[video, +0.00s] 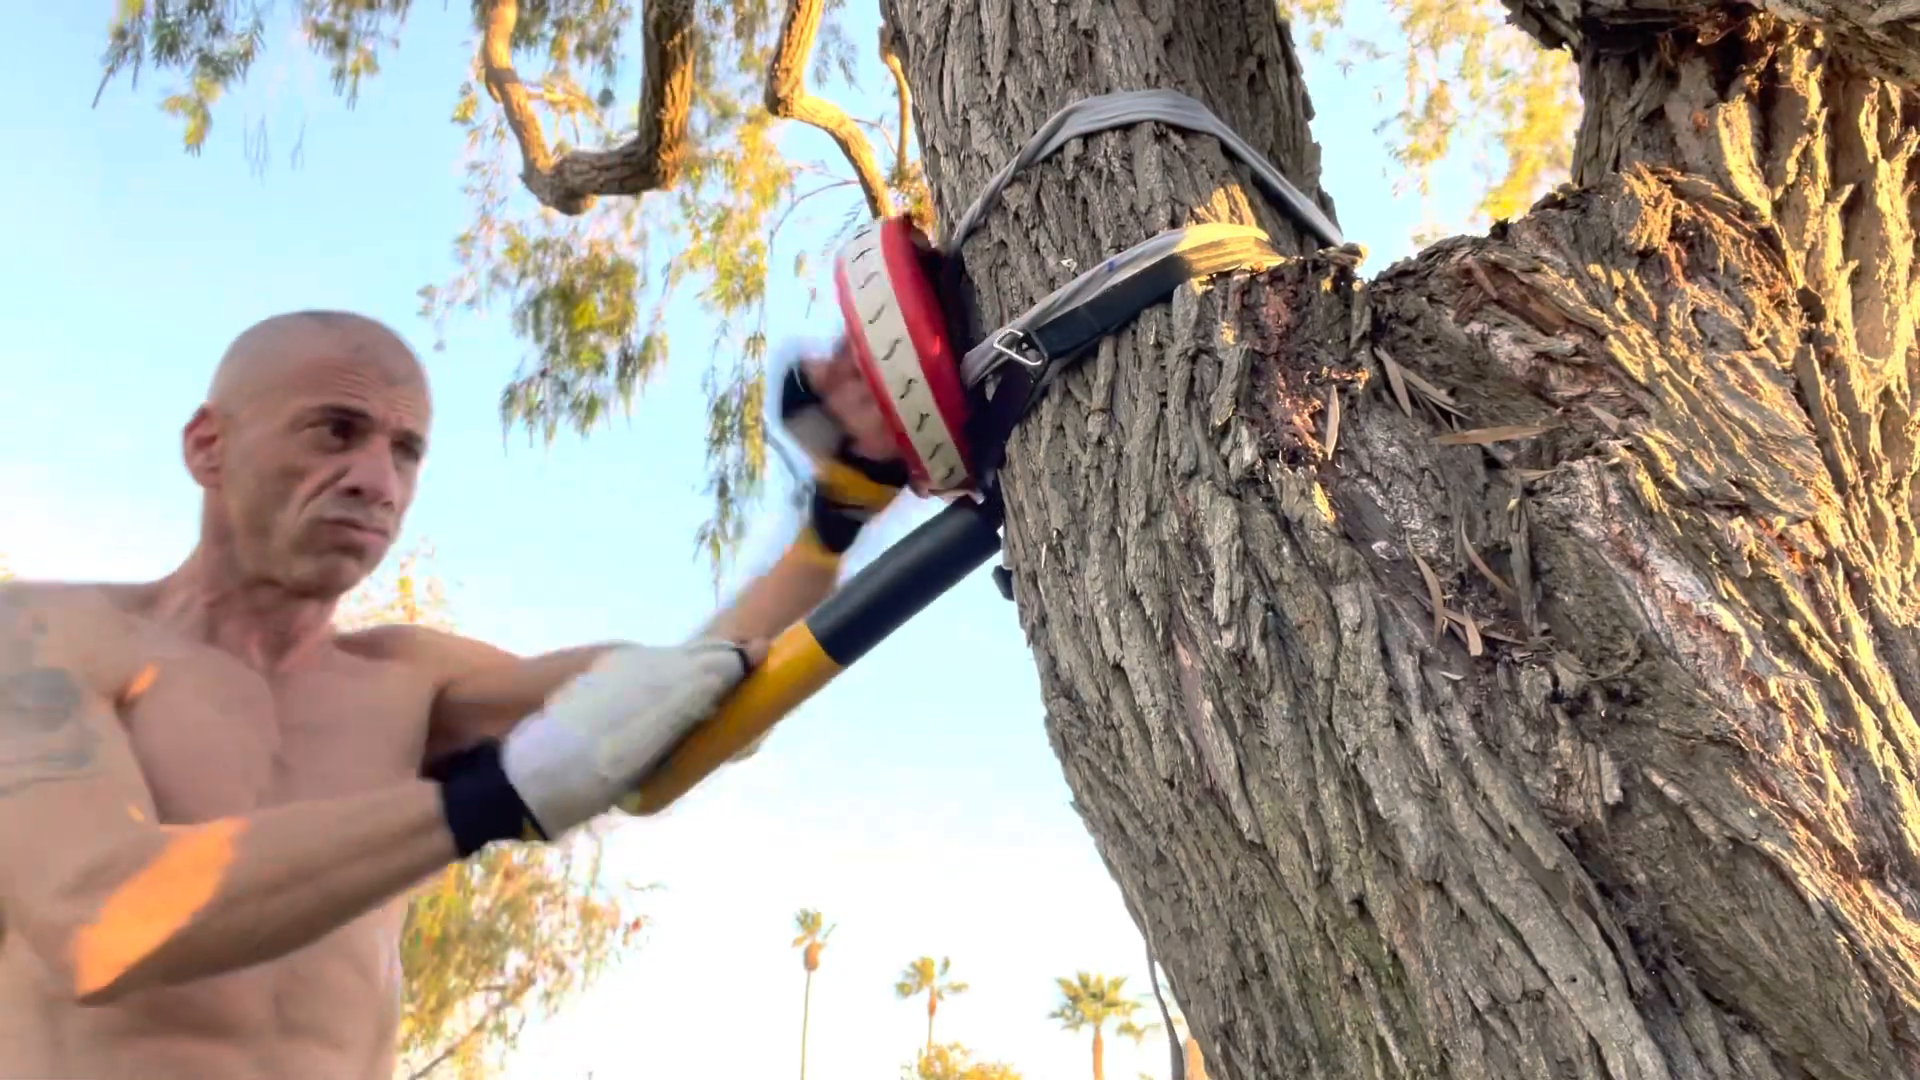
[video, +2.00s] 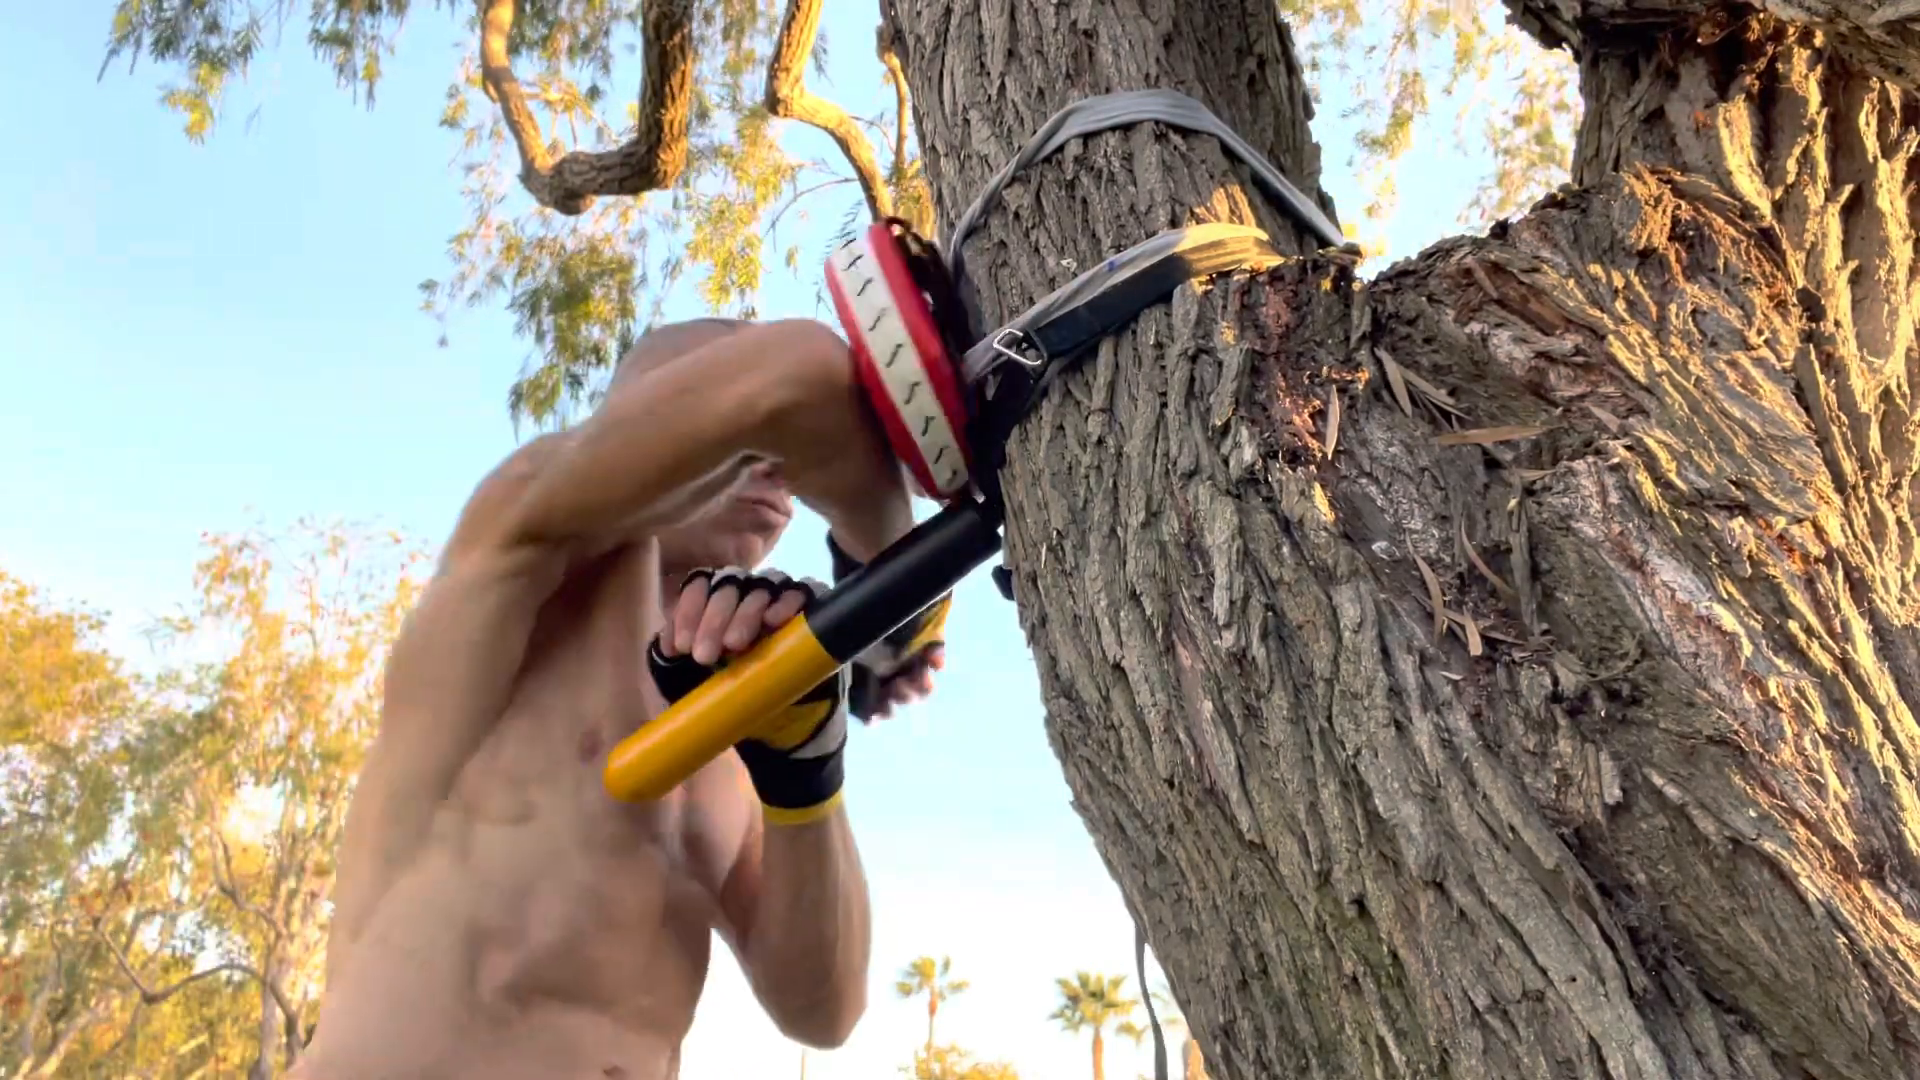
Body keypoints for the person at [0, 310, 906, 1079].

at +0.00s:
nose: (377, 480)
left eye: (404, 453)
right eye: (336, 430)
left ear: (418, 484)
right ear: (210, 449)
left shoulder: (412, 675)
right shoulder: (47, 638)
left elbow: (675, 716)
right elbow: (109, 927)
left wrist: (838, 514)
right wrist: (500, 792)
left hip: (340, 1062)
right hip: (96, 1065)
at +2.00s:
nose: (775, 471)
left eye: (780, 445)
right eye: (729, 428)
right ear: (630, 426)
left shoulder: (722, 744)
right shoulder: (522, 534)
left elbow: (820, 1009)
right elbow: (804, 366)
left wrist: (799, 761)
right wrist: (883, 569)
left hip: (634, 1057)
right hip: (411, 1049)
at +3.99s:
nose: (333, 466)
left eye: (359, 441)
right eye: (290, 416)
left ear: (367, 474)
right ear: (152, 430)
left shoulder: (369, 662)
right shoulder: (27, 630)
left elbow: (655, 681)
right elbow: (44, 882)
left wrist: (806, 496)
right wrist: (461, 747)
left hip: (327, 1063)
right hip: (76, 1065)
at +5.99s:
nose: (608, 434)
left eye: (636, 412)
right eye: (565, 396)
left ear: (668, 439)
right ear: (458, 427)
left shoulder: (677, 619)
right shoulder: (320, 671)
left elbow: (835, 425)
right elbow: (144, 985)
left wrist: (509, 494)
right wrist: (510, 800)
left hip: (616, 1057)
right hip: (366, 1060)